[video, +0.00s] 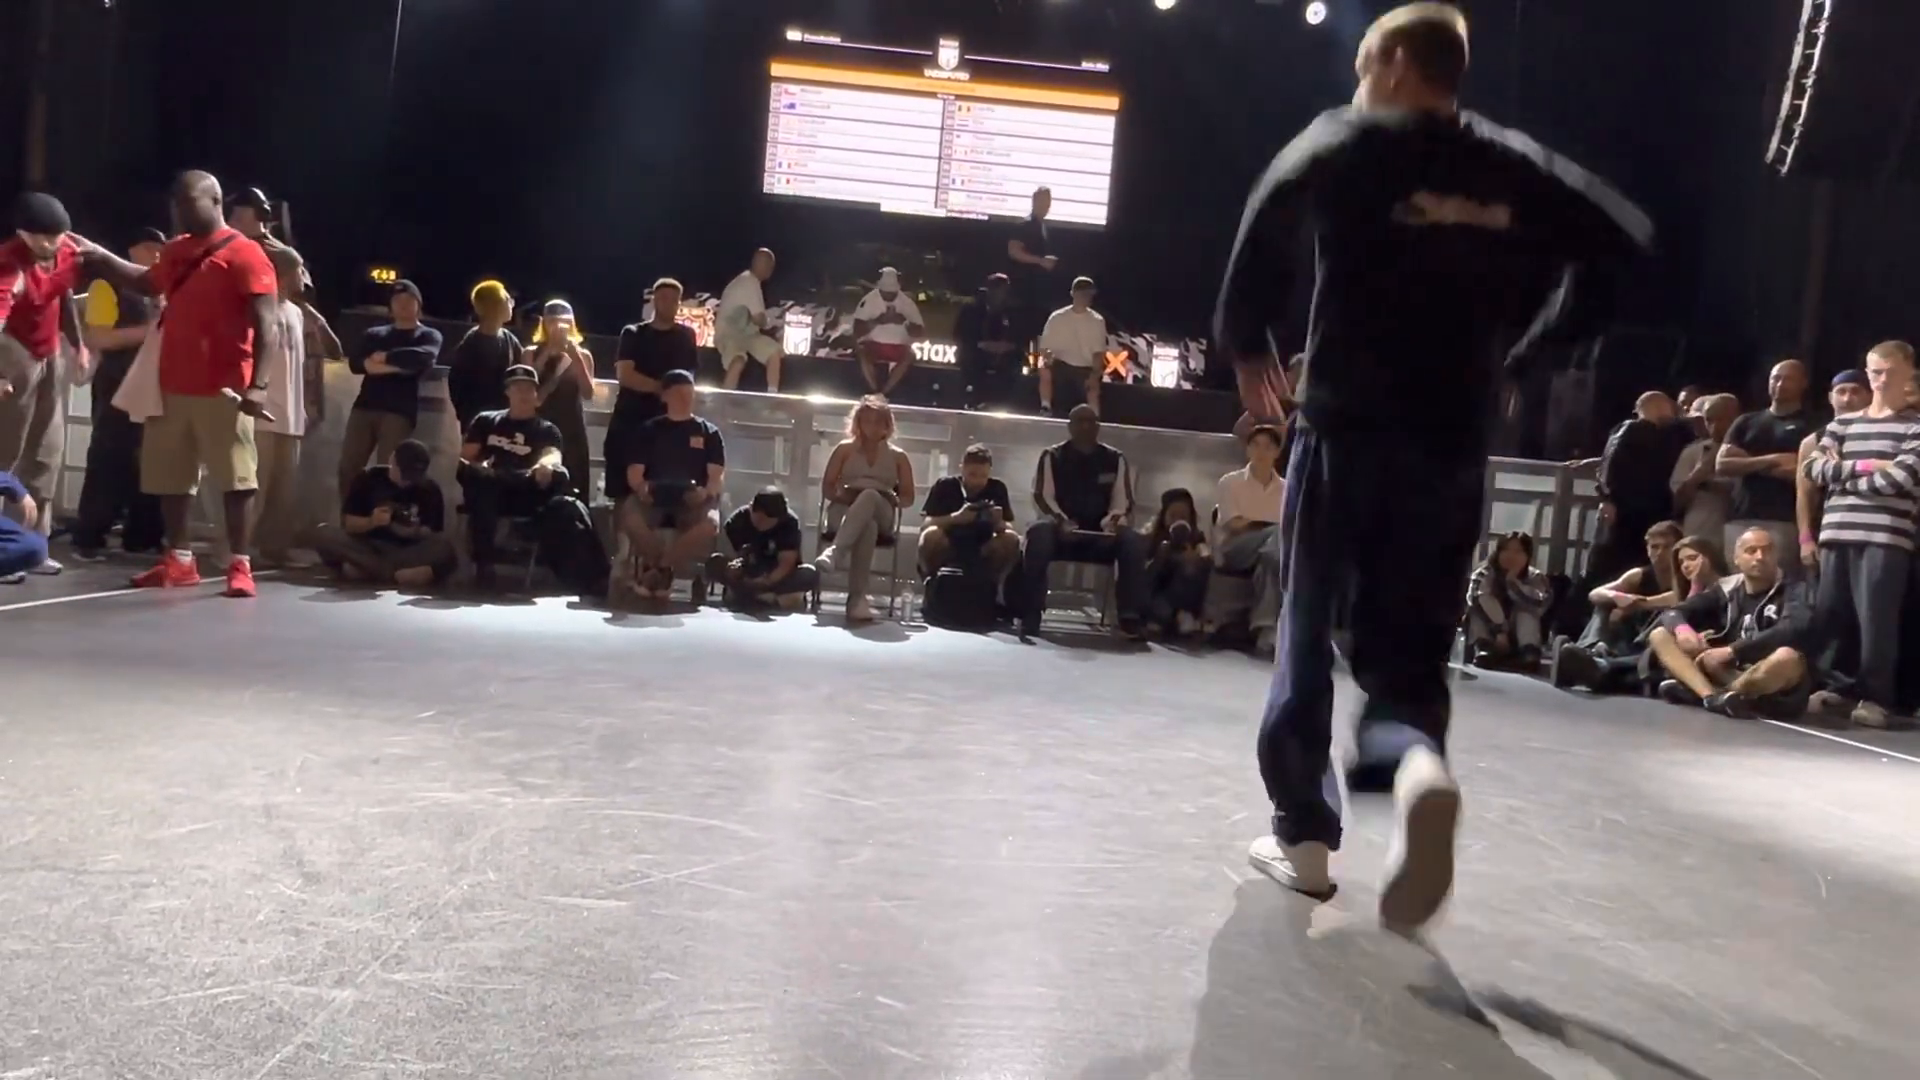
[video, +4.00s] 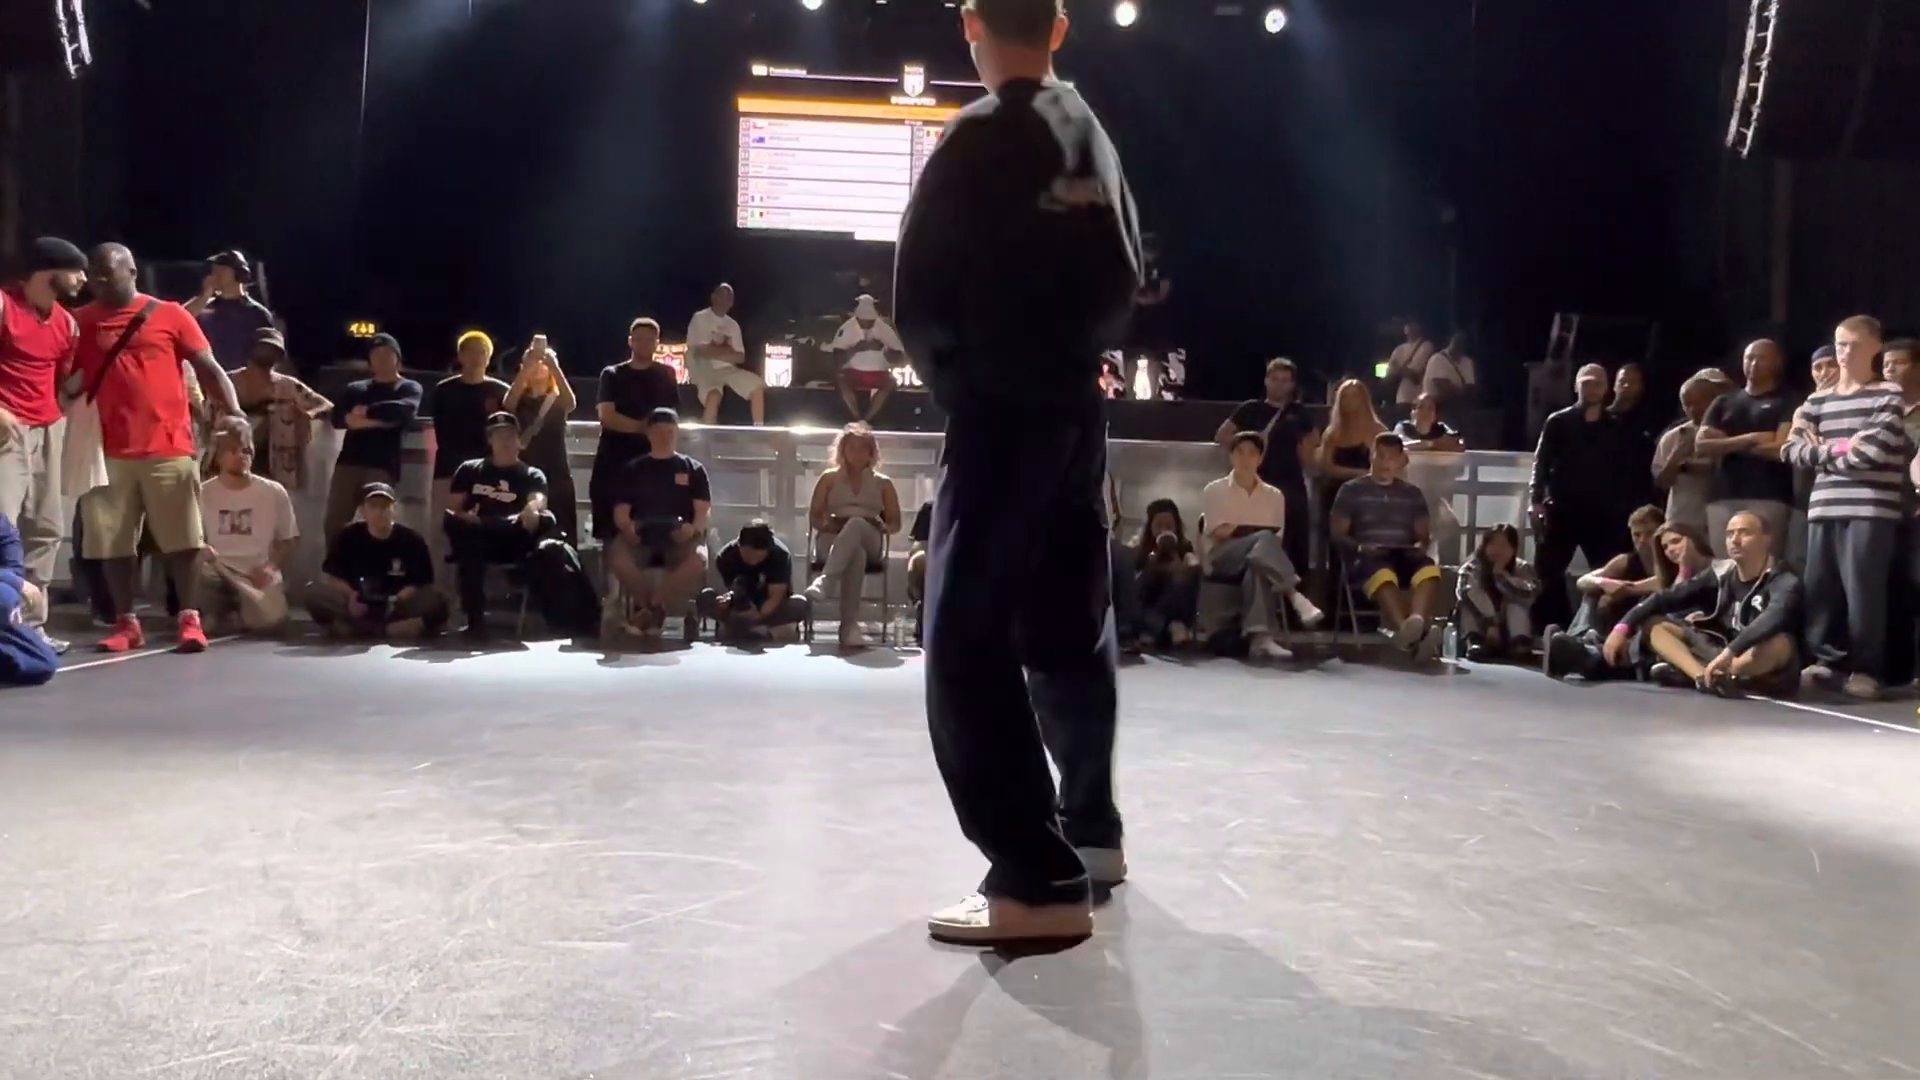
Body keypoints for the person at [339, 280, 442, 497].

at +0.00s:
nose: (403, 305)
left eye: (408, 300)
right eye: (398, 301)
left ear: (418, 305)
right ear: (391, 307)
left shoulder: (430, 335)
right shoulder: (374, 333)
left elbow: (423, 360)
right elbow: (356, 364)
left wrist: (384, 356)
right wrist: (398, 366)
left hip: (399, 413)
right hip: (365, 409)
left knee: (387, 474)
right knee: (348, 468)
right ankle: (349, 526)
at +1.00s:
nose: (404, 303)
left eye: (410, 299)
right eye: (399, 299)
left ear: (419, 306)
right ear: (392, 307)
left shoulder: (430, 335)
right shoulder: (375, 333)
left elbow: (423, 362)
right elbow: (357, 364)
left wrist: (384, 356)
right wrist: (398, 367)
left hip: (399, 412)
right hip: (367, 408)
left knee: (394, 473)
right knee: (348, 468)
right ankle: (348, 517)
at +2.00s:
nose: (391, 319)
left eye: (396, 314)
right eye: (386, 314)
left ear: (405, 319)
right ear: (378, 320)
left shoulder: (417, 350)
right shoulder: (363, 347)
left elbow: (410, 375)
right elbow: (342, 378)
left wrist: (369, 371)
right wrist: (386, 382)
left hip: (387, 424)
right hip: (354, 421)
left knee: (378, 487)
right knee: (337, 483)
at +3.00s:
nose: (370, 336)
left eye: (375, 331)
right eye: (365, 331)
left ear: (386, 336)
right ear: (359, 337)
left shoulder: (399, 365)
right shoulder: (344, 365)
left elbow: (394, 390)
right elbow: (325, 396)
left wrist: (355, 389)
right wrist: (367, 399)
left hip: (371, 443)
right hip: (338, 441)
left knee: (366, 504)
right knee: (323, 502)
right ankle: (321, 551)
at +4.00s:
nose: (382, 359)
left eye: (387, 354)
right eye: (377, 354)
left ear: (397, 359)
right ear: (370, 360)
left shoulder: (410, 388)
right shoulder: (355, 388)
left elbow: (403, 413)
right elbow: (338, 419)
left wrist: (365, 411)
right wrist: (379, 422)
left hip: (382, 466)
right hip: (349, 464)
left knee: (377, 526)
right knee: (334, 523)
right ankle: (332, 572)